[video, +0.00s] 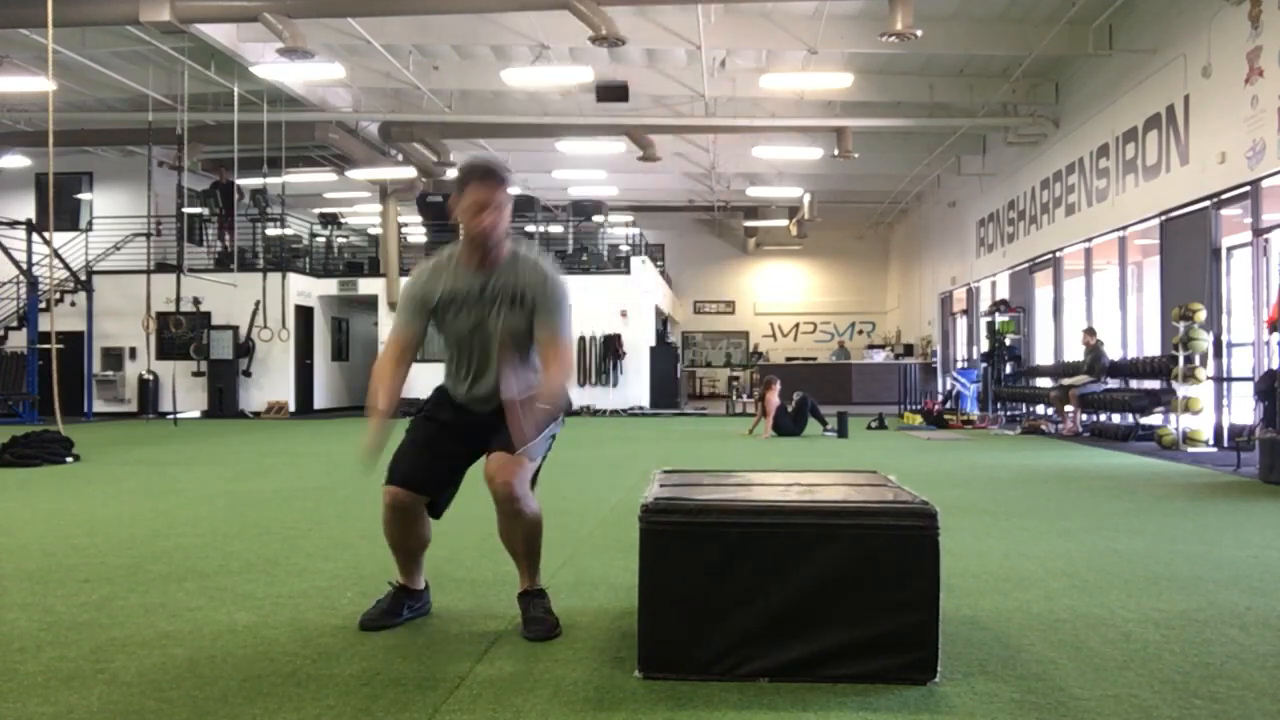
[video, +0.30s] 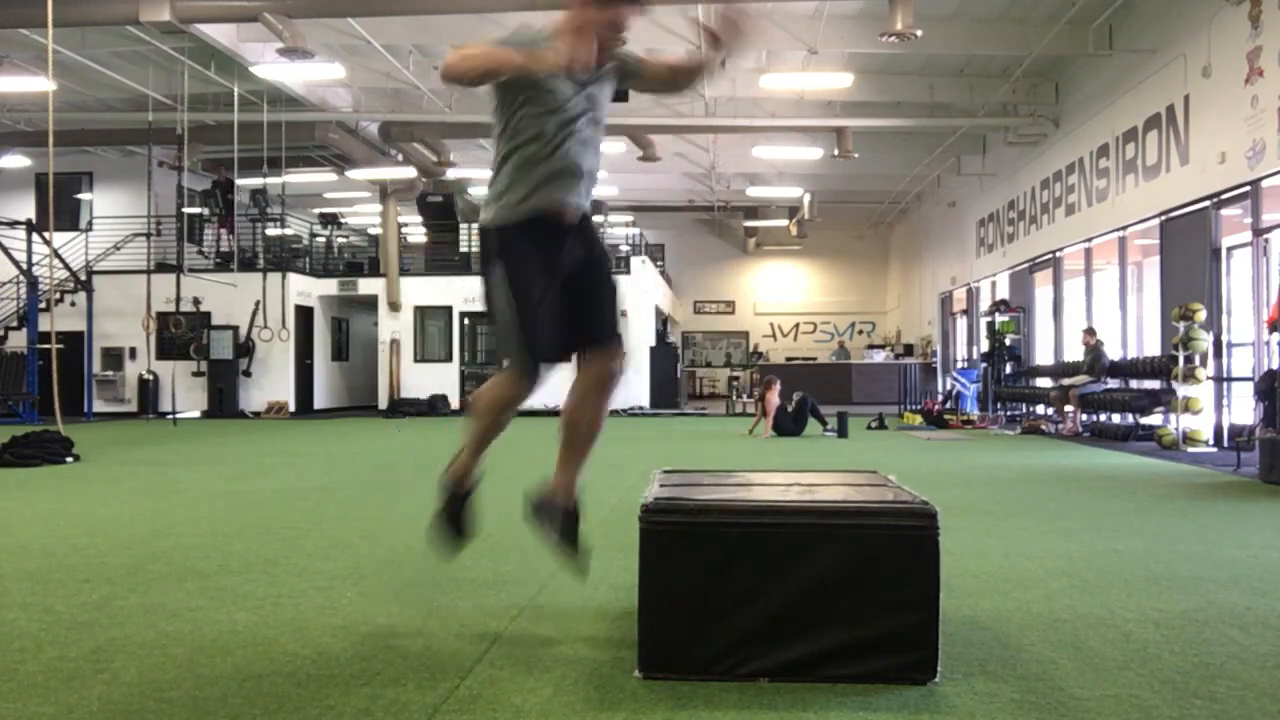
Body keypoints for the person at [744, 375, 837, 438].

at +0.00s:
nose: (779, 387)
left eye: (779, 384)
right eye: (778, 385)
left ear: (767, 385)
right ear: (773, 385)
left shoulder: (764, 396)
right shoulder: (772, 396)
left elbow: (759, 415)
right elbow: (769, 416)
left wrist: (750, 430)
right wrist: (767, 433)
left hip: (784, 430)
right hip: (792, 430)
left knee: (803, 398)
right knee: (806, 399)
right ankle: (826, 426)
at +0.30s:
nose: (779, 387)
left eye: (779, 385)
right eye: (778, 385)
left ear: (767, 385)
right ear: (773, 385)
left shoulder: (764, 396)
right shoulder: (772, 396)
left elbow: (759, 415)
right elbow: (769, 416)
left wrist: (750, 430)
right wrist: (767, 433)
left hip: (784, 430)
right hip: (792, 430)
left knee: (803, 398)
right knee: (806, 400)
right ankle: (826, 426)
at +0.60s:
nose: (779, 387)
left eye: (779, 385)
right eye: (778, 385)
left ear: (767, 385)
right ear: (773, 385)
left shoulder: (764, 396)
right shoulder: (772, 396)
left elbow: (759, 416)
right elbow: (770, 416)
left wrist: (750, 430)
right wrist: (767, 433)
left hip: (784, 430)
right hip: (793, 430)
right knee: (805, 399)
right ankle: (826, 426)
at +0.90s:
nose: (779, 387)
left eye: (779, 384)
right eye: (778, 385)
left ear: (767, 386)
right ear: (773, 385)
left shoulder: (765, 396)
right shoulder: (772, 396)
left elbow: (759, 415)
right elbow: (770, 416)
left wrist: (750, 430)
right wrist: (767, 433)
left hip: (785, 430)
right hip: (793, 431)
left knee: (803, 397)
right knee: (806, 399)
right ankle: (826, 426)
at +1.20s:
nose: (779, 387)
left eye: (779, 385)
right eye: (778, 385)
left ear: (767, 385)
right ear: (773, 385)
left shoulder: (765, 396)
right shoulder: (772, 396)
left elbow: (759, 415)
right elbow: (770, 416)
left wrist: (750, 430)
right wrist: (767, 433)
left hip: (784, 430)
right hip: (792, 430)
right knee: (807, 400)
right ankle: (826, 426)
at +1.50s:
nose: (779, 387)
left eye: (778, 384)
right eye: (777, 384)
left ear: (767, 386)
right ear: (772, 385)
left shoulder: (765, 396)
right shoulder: (771, 396)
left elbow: (759, 415)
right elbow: (769, 415)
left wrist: (750, 430)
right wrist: (767, 433)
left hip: (785, 430)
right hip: (792, 431)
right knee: (807, 401)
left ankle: (798, 403)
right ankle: (826, 426)